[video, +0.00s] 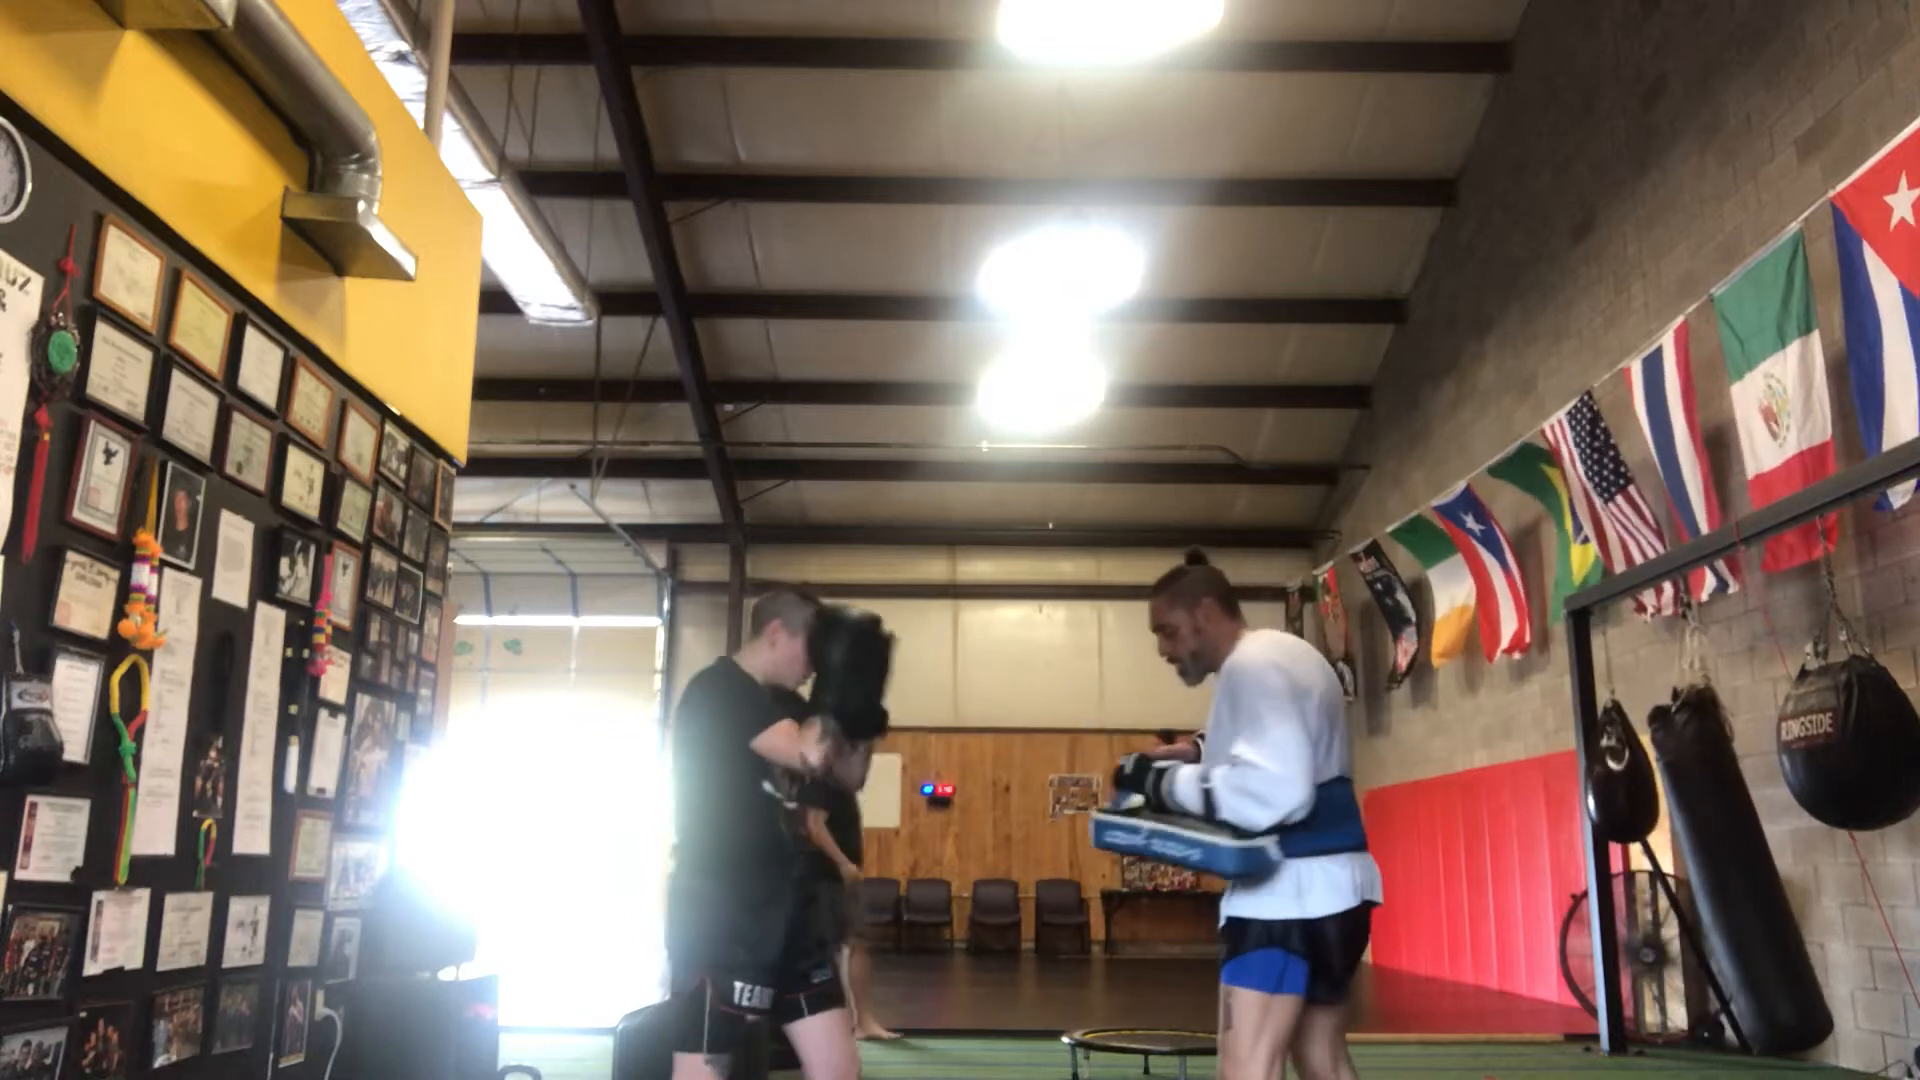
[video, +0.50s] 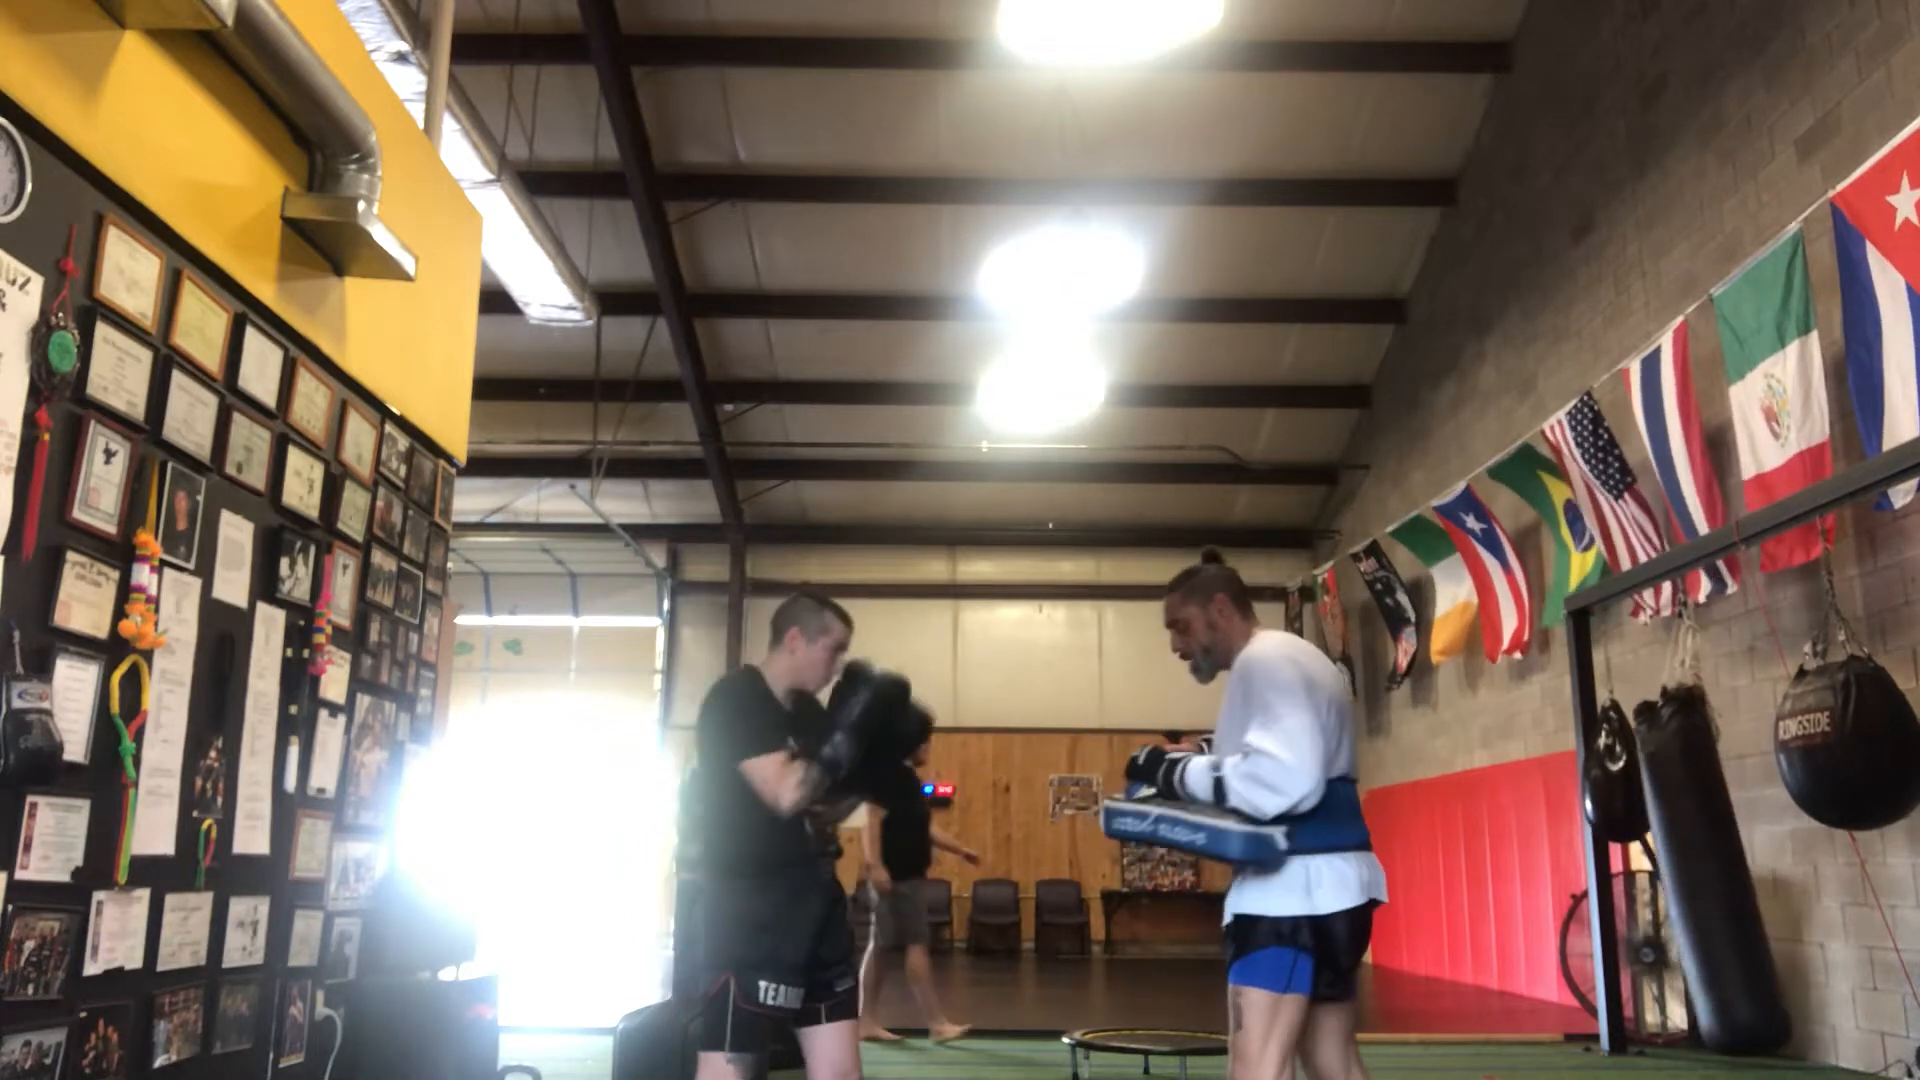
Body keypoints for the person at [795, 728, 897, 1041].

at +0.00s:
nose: (863, 760)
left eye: (864, 753)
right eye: (859, 753)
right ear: (839, 750)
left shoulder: (841, 784)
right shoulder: (822, 782)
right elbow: (815, 824)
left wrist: (851, 860)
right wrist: (843, 862)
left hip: (843, 872)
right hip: (831, 875)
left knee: (843, 946)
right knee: (854, 943)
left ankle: (846, 1017)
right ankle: (862, 1017)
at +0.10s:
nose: (875, 746)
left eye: (874, 738)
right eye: (870, 738)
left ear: (866, 740)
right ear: (856, 739)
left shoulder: (856, 775)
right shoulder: (839, 774)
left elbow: (856, 824)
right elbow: (828, 822)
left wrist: (866, 865)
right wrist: (840, 868)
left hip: (862, 875)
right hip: (837, 879)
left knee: (867, 946)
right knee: (839, 951)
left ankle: (865, 1017)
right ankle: (843, 1021)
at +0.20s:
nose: (890, 748)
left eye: (889, 741)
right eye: (887, 741)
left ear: (873, 741)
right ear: (874, 742)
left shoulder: (870, 775)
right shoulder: (857, 774)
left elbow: (873, 825)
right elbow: (841, 819)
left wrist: (884, 871)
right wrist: (840, 866)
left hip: (873, 874)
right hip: (858, 875)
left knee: (860, 946)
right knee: (859, 946)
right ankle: (864, 1022)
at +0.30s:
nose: (902, 747)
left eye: (902, 741)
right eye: (899, 741)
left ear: (886, 742)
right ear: (885, 742)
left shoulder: (884, 775)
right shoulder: (866, 773)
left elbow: (879, 821)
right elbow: (850, 821)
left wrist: (895, 859)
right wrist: (844, 866)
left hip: (885, 867)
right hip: (868, 869)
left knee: (878, 943)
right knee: (871, 942)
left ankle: (865, 1016)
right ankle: (844, 1013)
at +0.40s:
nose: (914, 750)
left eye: (914, 744)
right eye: (910, 744)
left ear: (901, 746)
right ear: (897, 744)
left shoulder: (900, 781)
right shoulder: (875, 777)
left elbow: (906, 828)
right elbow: (858, 819)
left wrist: (939, 852)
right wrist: (858, 865)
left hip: (890, 870)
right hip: (885, 871)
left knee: (872, 945)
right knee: (898, 941)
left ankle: (865, 1020)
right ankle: (889, 1019)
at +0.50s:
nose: (928, 748)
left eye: (928, 742)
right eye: (924, 742)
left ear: (915, 745)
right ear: (911, 743)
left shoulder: (910, 781)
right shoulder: (891, 777)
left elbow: (921, 829)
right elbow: (872, 821)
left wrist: (960, 850)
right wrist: (874, 865)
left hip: (904, 873)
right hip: (898, 875)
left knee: (878, 949)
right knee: (917, 947)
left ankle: (865, 1020)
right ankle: (937, 1023)